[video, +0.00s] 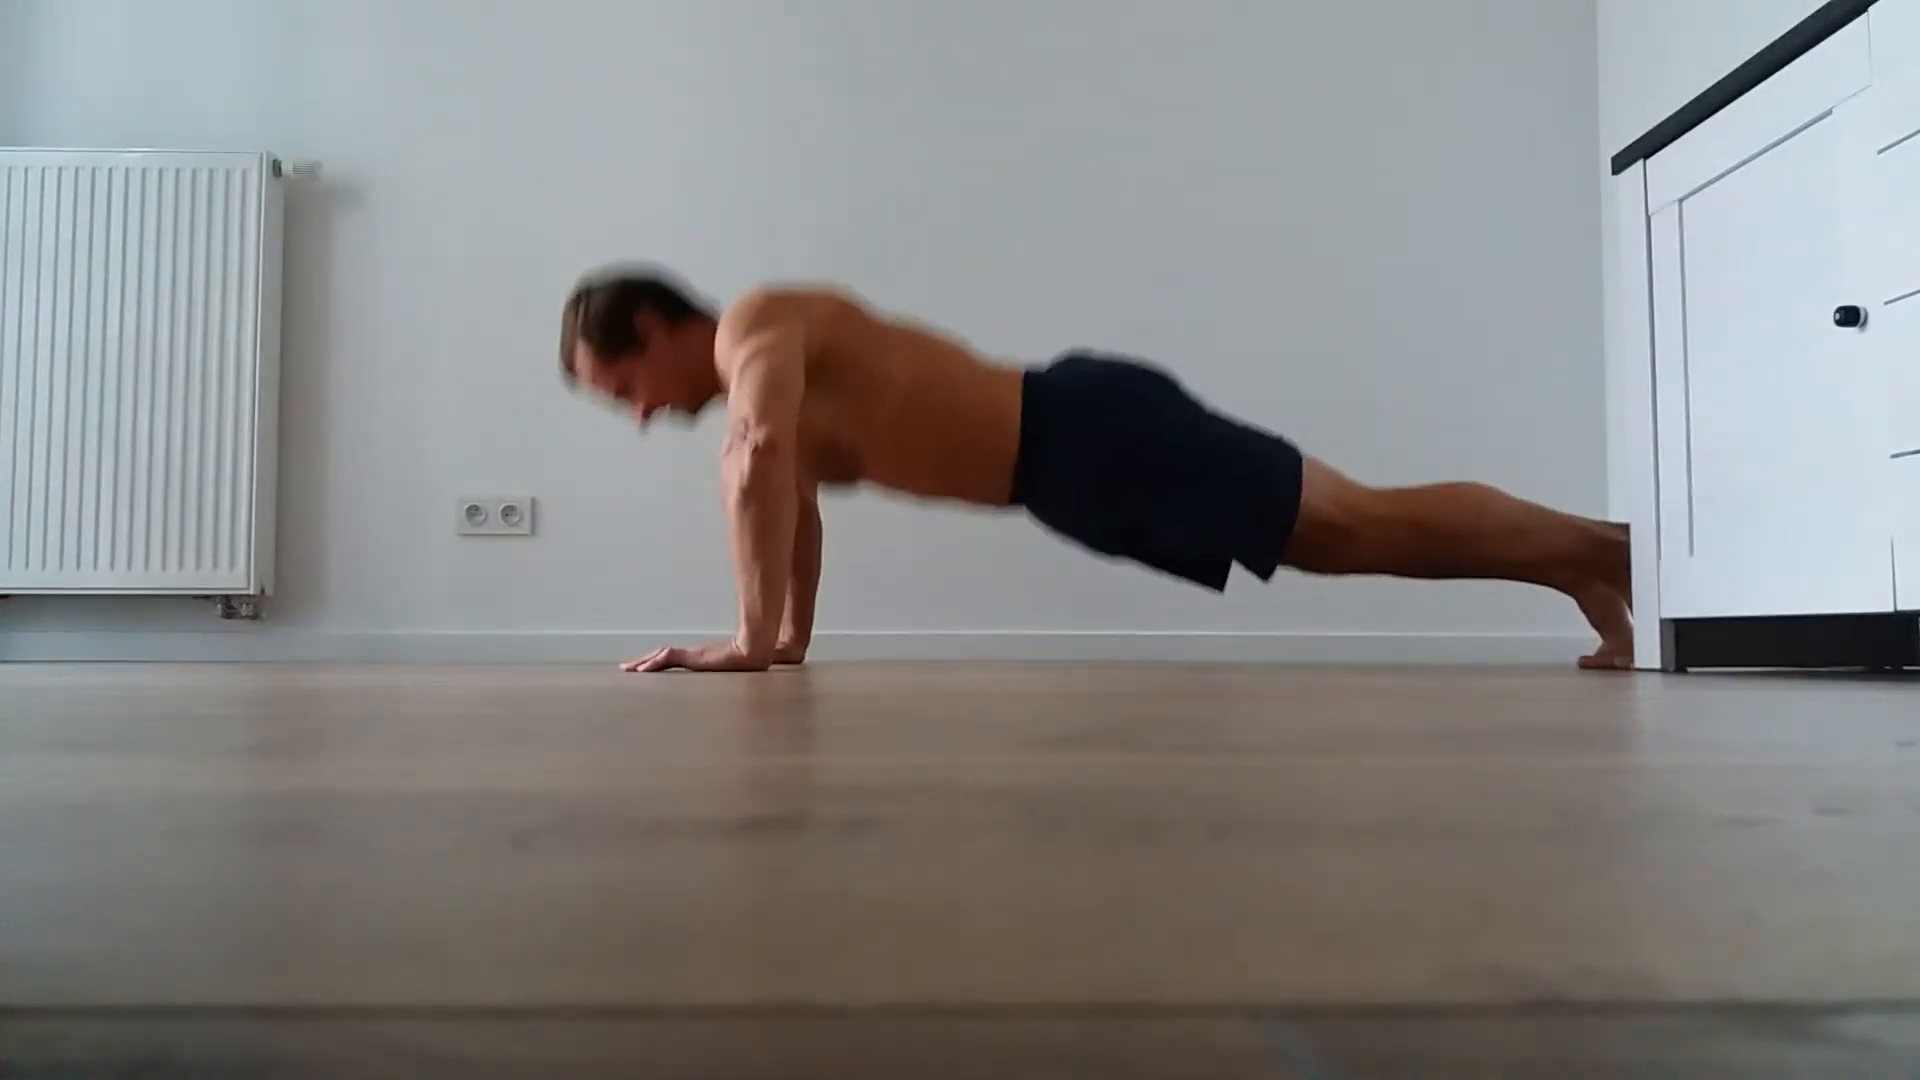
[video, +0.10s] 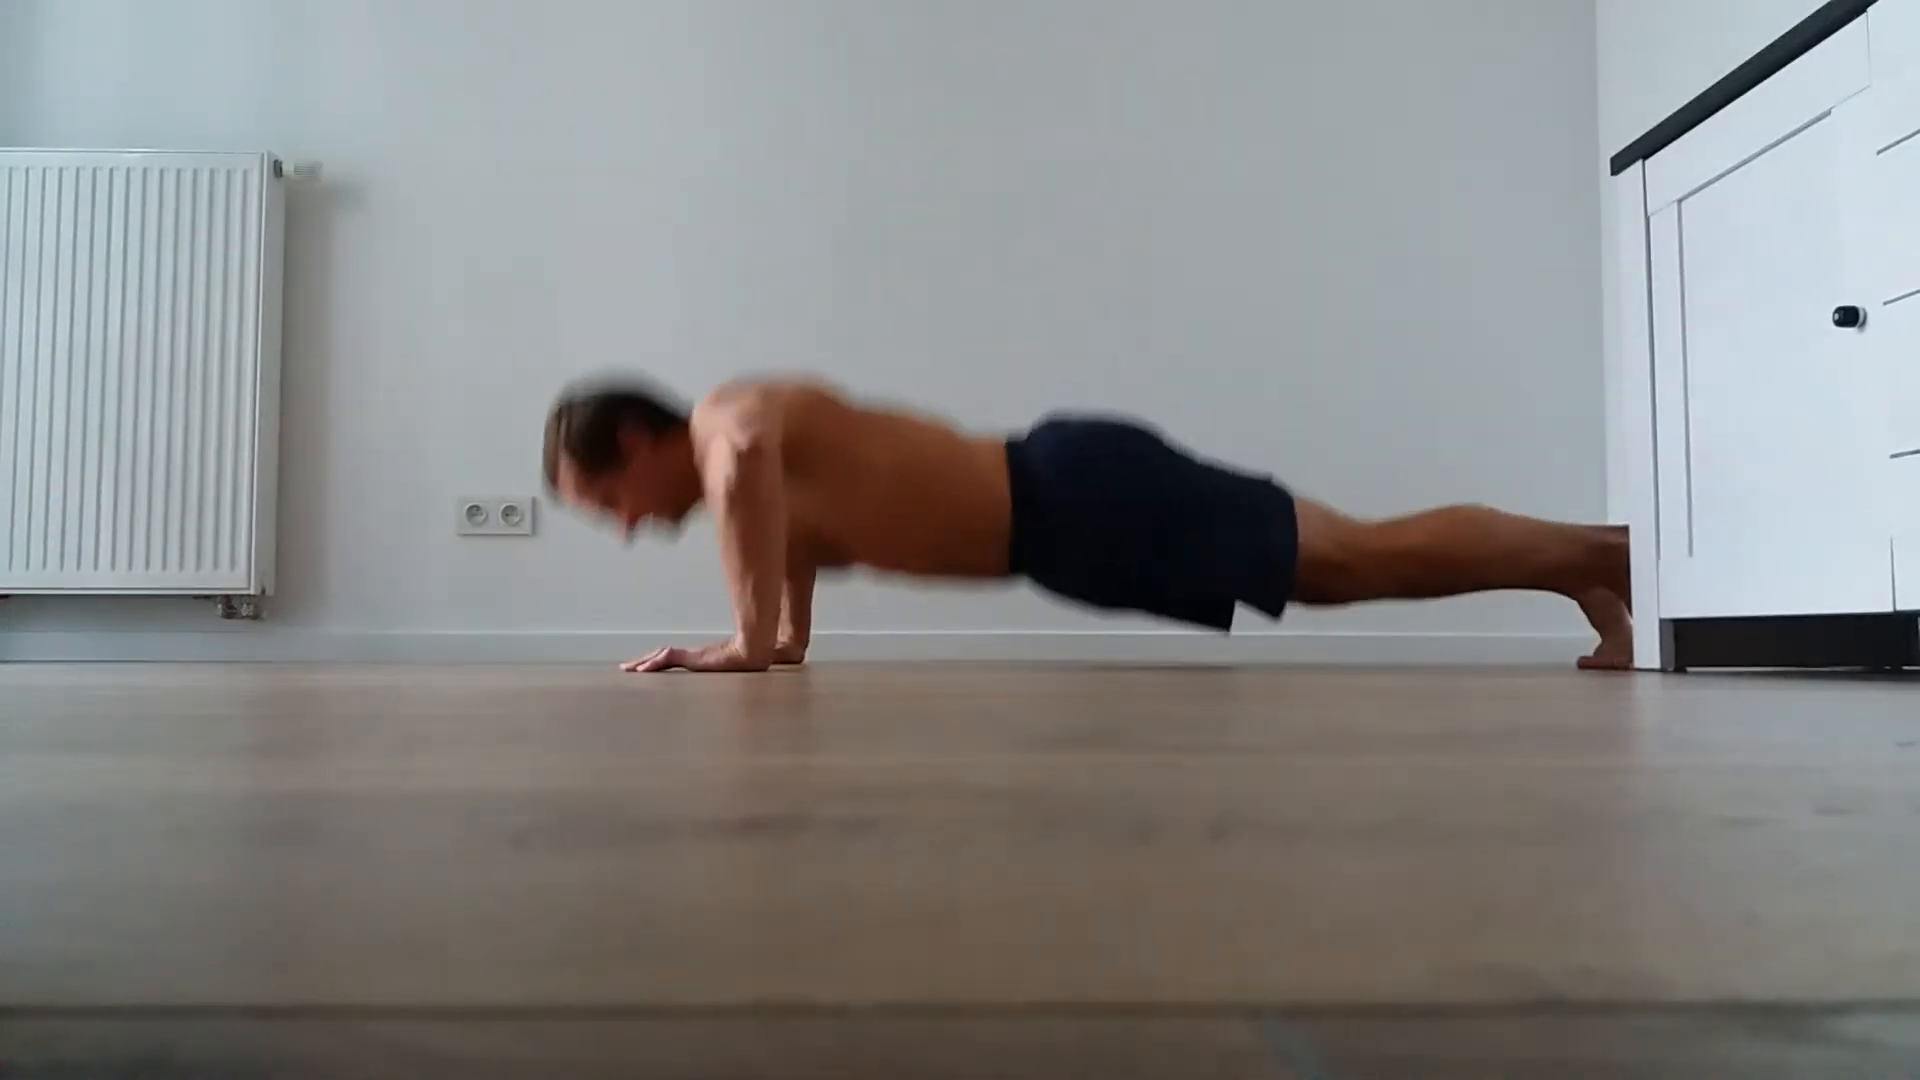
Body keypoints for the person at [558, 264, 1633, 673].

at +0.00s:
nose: (632, 409)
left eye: (619, 389)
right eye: (616, 397)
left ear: (649, 339)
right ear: (657, 337)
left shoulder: (753, 338)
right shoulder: (764, 344)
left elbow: (759, 476)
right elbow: (794, 490)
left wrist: (754, 638)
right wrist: (790, 637)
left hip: (1081, 440)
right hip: (1074, 438)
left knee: (1356, 529)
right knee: (1347, 527)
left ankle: (1595, 555)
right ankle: (1581, 560)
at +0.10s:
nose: (614, 523)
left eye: (599, 501)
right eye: (599, 509)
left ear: (623, 454)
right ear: (637, 452)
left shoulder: (718, 419)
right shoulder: (746, 439)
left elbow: (751, 465)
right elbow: (799, 535)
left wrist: (761, 636)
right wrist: (766, 646)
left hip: (1071, 505)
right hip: (1063, 503)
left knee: (1353, 560)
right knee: (1347, 553)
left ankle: (1596, 560)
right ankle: (1588, 555)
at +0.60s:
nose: (638, 392)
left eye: (623, 371)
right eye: (624, 381)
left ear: (649, 325)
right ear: (655, 333)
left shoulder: (756, 319)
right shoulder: (762, 350)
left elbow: (748, 475)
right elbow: (784, 503)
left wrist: (753, 640)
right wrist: (786, 645)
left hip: (1091, 404)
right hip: (1082, 408)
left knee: (1355, 502)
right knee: (1349, 500)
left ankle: (1601, 552)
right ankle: (1581, 559)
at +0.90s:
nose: (628, 490)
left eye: (612, 470)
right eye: (610, 478)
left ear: (640, 417)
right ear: (650, 412)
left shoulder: (733, 389)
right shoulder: (752, 403)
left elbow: (753, 465)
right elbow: (791, 506)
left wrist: (755, 634)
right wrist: (785, 644)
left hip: (1076, 485)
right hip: (1067, 488)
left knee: (1355, 552)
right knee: (1348, 547)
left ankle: (1592, 560)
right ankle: (1584, 555)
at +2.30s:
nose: (644, 373)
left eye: (628, 351)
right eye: (629, 362)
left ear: (653, 300)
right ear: (658, 314)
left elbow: (742, 461)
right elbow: (784, 500)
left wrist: (752, 634)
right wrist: (785, 643)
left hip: (1094, 391)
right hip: (1083, 400)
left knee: (1360, 492)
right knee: (1354, 491)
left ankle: (1598, 552)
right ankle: (1584, 557)